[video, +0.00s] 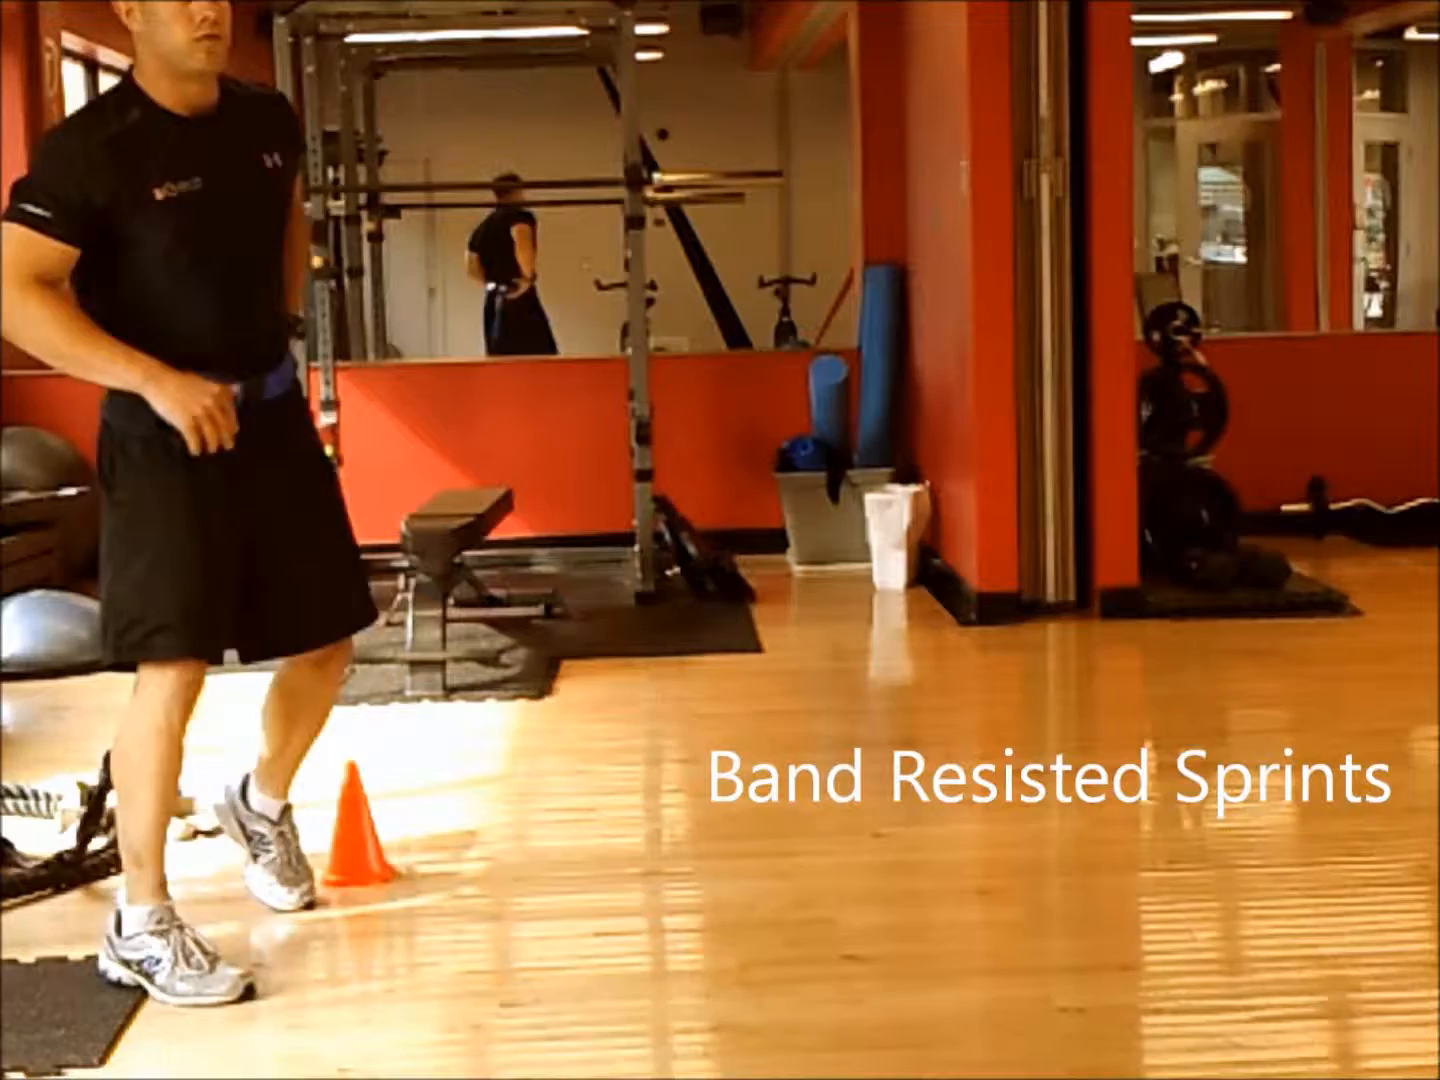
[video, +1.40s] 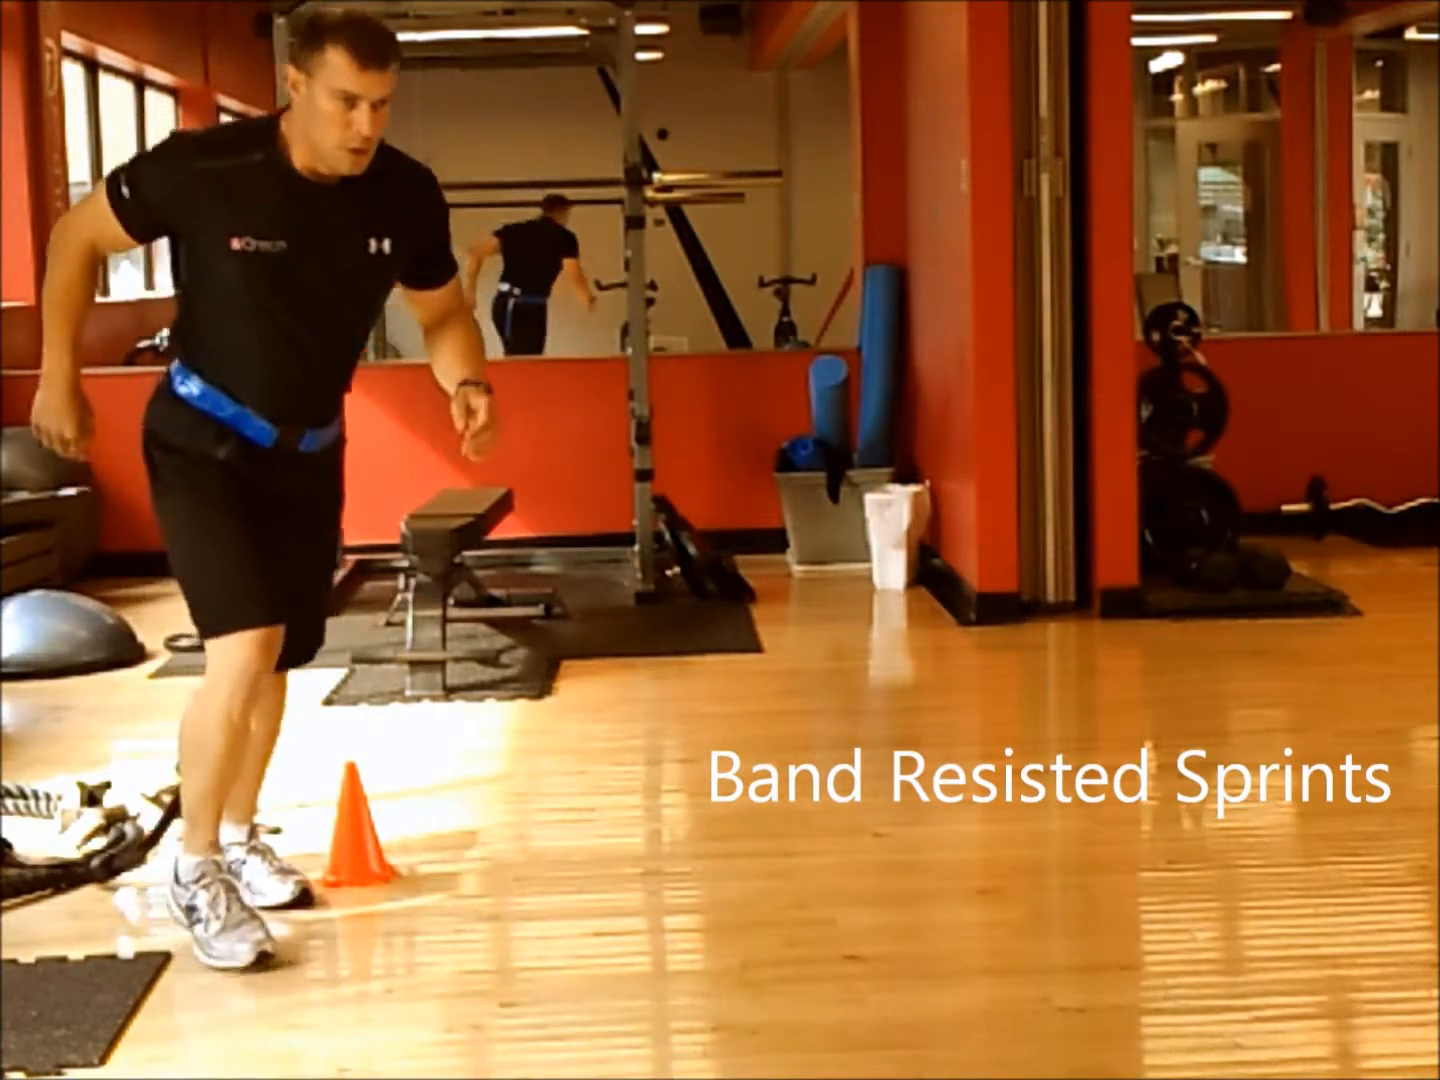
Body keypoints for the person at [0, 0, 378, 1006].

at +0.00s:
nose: (214, 13)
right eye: (189, 1)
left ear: (229, 14)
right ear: (133, 17)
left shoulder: (268, 121)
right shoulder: (82, 147)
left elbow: (292, 243)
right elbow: (23, 301)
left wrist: (280, 342)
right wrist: (156, 379)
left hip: (272, 415)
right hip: (160, 431)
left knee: (327, 634)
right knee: (173, 664)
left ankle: (263, 799)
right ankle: (142, 916)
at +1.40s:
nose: (368, 125)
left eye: (381, 104)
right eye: (348, 103)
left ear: (391, 99)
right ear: (294, 86)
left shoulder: (405, 194)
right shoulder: (201, 167)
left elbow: (445, 314)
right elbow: (75, 237)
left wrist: (466, 381)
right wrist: (57, 377)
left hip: (305, 458)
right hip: (202, 443)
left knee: (271, 662)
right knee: (244, 645)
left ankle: (235, 835)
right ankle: (190, 867)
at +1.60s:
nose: (419, 179)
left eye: (430, 155)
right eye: (397, 154)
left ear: (442, 150)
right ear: (336, 141)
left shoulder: (450, 239)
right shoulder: (237, 220)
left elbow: (470, 344)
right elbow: (108, 310)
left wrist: (482, 460)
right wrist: (136, 471)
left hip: (352, 499)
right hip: (236, 493)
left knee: (362, 718)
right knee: (251, 709)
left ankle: (259, 794)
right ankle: (187, 875)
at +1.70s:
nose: (460, 170)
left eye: (472, 146)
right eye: (437, 144)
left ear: (485, 143)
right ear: (374, 137)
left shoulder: (491, 226)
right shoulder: (284, 215)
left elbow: (493, 318)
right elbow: (197, 367)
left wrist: (477, 428)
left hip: (400, 493)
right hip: (272, 494)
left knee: (441, 709)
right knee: (245, 715)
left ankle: (350, 802)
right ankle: (191, 877)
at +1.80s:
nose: (560, 127)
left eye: (572, 105)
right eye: (538, 103)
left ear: (582, 101)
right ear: (469, 90)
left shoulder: (570, 184)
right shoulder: (372, 169)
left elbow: (541, 294)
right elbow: (289, 333)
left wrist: (523, 359)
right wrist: (453, 320)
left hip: (464, 467)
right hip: (332, 468)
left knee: (515, 668)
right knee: (280, 672)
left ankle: (482, 914)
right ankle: (205, 850)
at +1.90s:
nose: (660, 133)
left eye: (677, 111)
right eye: (637, 105)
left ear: (688, 108)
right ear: (570, 86)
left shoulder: (659, 186)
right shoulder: (457, 164)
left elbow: (603, 295)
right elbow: (339, 317)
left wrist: (606, 387)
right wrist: (505, 409)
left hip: (536, 474)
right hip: (403, 469)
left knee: (590, 709)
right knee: (374, 730)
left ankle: (535, 971)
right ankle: (234, 763)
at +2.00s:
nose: (746, 120)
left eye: (764, 95)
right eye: (726, 90)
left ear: (776, 88)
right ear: (651, 63)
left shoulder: (744, 192)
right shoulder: (525, 157)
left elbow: (737, 332)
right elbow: (371, 275)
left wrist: (755, 435)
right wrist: (368, 457)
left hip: (611, 488)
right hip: (482, 486)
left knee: (616, 742)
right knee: (500, 771)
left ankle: (534, 972)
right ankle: (327, 741)